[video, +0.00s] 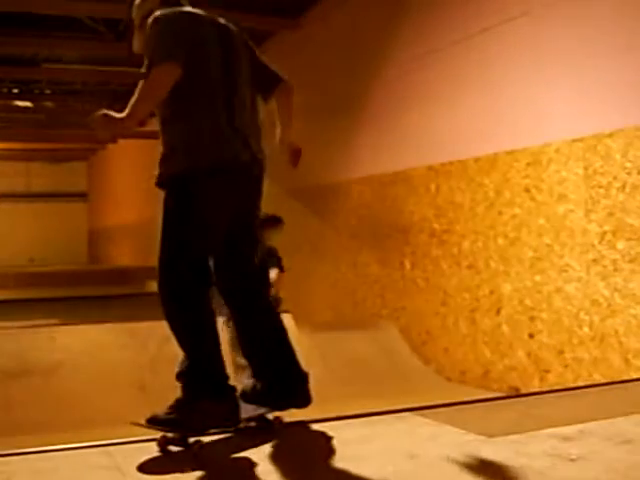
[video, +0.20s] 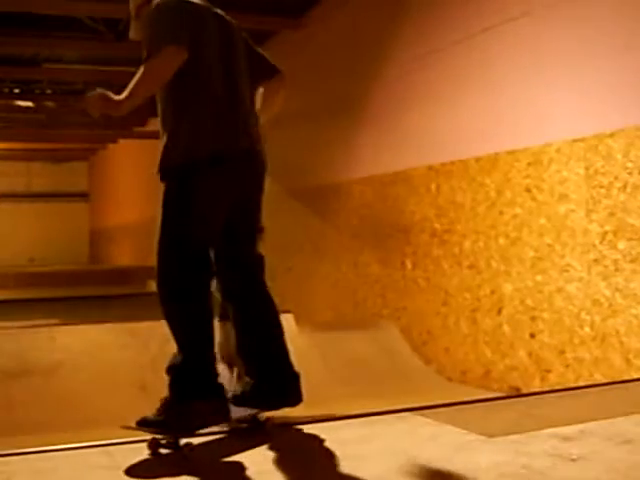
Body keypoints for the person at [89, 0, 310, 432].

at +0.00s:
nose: (137, 36)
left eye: (137, 24)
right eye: (136, 28)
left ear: (150, 8)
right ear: (181, 5)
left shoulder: (163, 22)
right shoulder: (225, 31)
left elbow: (165, 70)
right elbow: (281, 89)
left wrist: (125, 121)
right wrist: (287, 136)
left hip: (195, 175)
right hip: (242, 173)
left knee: (180, 283)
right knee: (241, 278)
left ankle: (208, 398)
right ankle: (283, 383)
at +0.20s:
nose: (134, 27)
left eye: (135, 18)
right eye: (133, 22)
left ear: (148, 4)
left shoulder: (165, 11)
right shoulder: (220, 22)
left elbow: (171, 54)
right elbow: (274, 80)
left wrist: (124, 103)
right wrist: (250, 126)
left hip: (196, 164)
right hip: (243, 160)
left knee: (179, 277)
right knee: (241, 270)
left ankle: (196, 396)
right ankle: (275, 383)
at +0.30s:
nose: (135, 40)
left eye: (133, 30)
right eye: (132, 34)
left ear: (142, 11)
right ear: (159, 10)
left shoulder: (166, 14)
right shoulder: (212, 28)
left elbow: (170, 50)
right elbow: (253, 81)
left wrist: (122, 99)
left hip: (202, 161)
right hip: (245, 157)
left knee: (175, 275)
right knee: (236, 270)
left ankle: (186, 397)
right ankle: (277, 381)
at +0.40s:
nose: (139, 46)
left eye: (137, 36)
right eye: (135, 40)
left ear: (144, 17)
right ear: (169, 11)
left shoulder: (166, 20)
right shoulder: (214, 37)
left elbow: (173, 58)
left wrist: (125, 111)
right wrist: (131, 125)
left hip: (202, 166)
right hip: (246, 162)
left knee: (175, 280)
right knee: (235, 276)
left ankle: (184, 400)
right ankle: (279, 388)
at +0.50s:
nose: (135, 56)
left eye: (133, 44)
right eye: (133, 49)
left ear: (142, 24)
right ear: (168, 16)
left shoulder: (159, 18)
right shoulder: (213, 38)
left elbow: (173, 53)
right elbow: (221, 121)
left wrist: (143, 111)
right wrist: (175, 157)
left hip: (206, 167)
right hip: (247, 164)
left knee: (174, 279)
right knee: (240, 272)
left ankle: (184, 396)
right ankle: (279, 383)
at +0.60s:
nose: (136, 56)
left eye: (134, 46)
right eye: (136, 52)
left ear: (138, 25)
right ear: (164, 20)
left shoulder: (153, 19)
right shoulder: (209, 42)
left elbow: (165, 63)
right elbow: (216, 126)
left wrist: (147, 126)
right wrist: (173, 165)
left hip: (204, 170)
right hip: (243, 167)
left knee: (175, 278)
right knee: (238, 273)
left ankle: (185, 397)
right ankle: (279, 382)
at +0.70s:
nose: (136, 70)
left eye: (134, 61)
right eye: (136, 65)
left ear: (136, 35)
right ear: (167, 26)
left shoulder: (151, 29)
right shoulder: (208, 50)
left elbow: (159, 79)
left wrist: (142, 144)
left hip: (199, 173)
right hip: (243, 171)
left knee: (166, 281)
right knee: (231, 276)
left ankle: (182, 396)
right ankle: (276, 382)